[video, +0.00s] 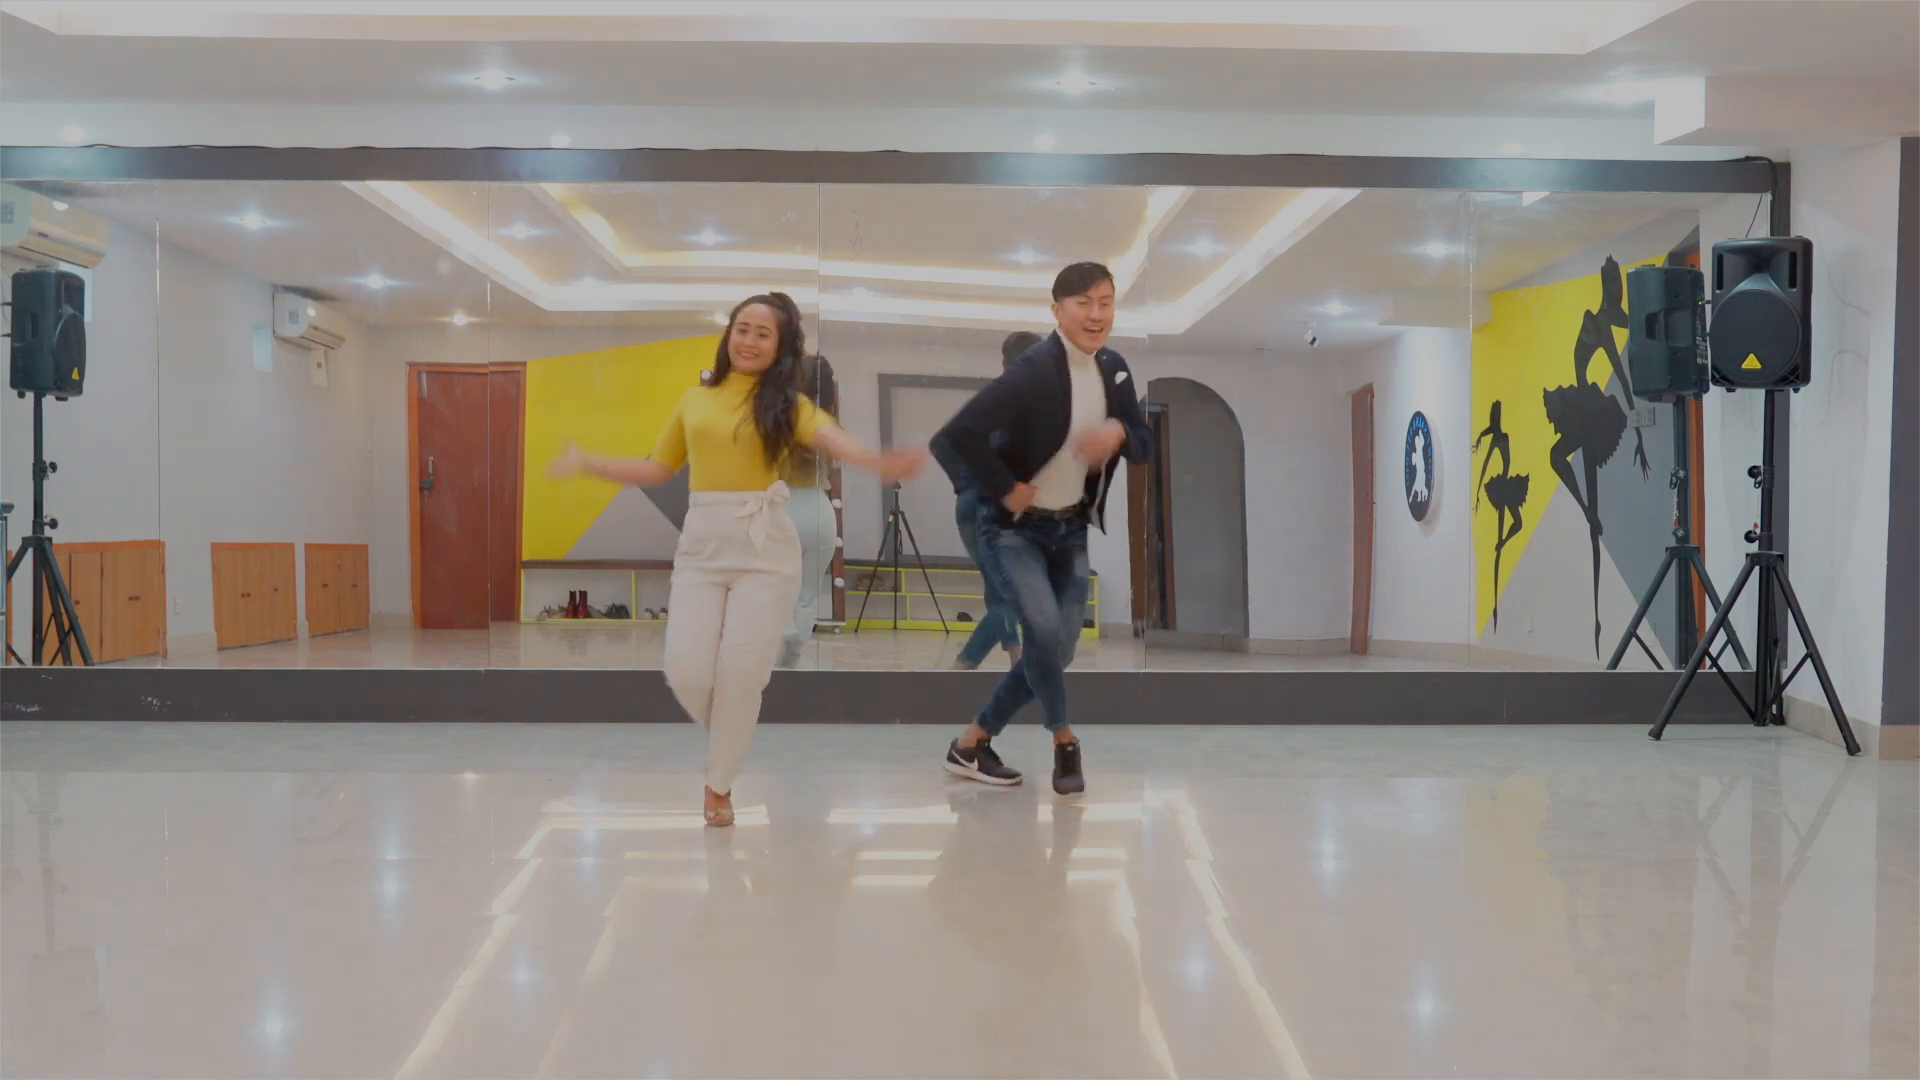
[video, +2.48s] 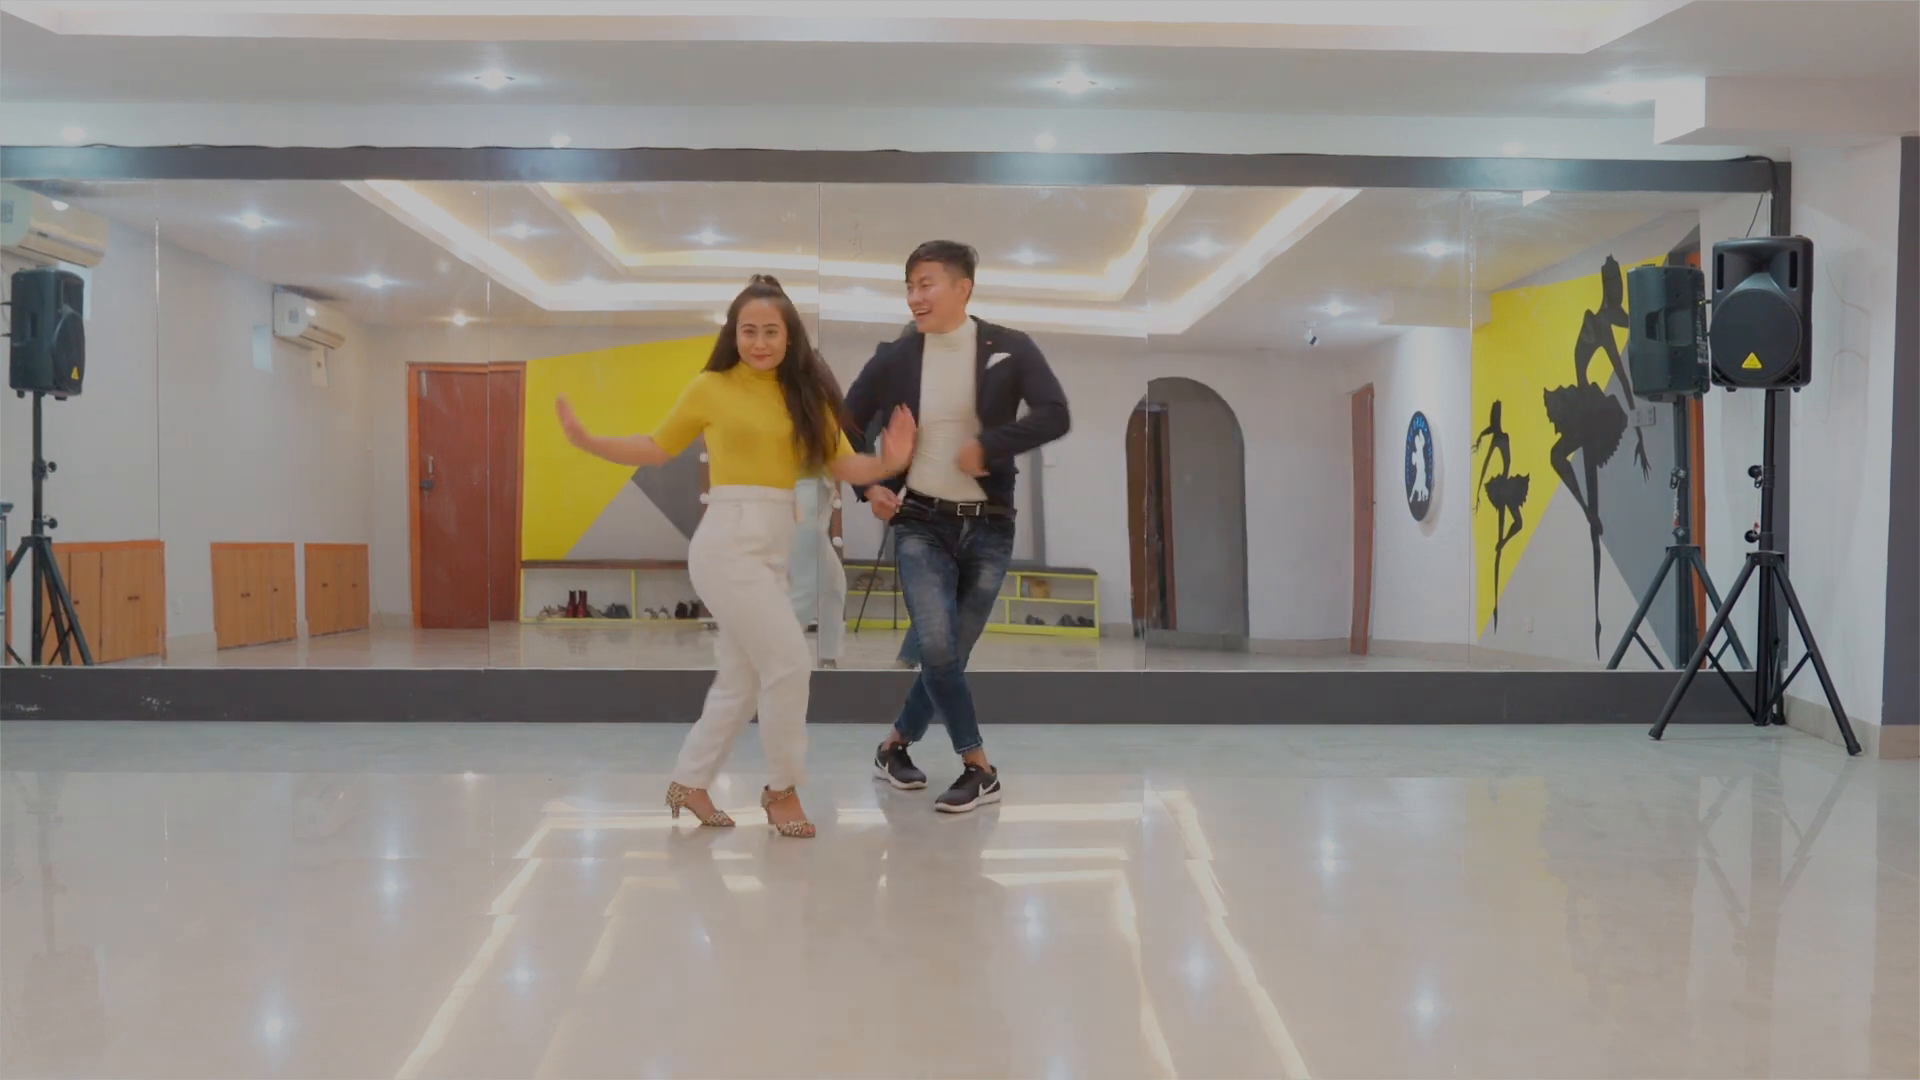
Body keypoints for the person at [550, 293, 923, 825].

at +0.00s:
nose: (749, 340)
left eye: (763, 334)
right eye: (742, 329)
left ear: (782, 348)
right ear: (728, 335)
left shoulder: (784, 403)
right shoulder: (696, 400)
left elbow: (834, 440)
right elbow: (657, 469)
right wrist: (588, 463)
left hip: (765, 544)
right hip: (700, 543)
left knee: (741, 674)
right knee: (684, 671)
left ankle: (718, 788)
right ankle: (730, 736)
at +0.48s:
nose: (750, 494)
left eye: (750, 484)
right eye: (736, 493)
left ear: (749, 467)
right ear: (705, 491)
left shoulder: (775, 469)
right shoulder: (668, 492)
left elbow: (787, 531)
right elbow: (651, 554)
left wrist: (768, 598)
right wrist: (679, 610)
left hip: (730, 599)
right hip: (660, 593)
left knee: (772, 693)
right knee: (676, 680)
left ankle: (710, 785)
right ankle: (673, 806)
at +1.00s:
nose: (734, 353)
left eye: (745, 351)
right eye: (722, 351)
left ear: (761, 379)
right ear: (706, 379)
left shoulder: (766, 439)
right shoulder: (681, 427)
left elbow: (759, 513)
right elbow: (625, 495)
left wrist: (753, 578)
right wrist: (647, 567)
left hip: (726, 579)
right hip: (661, 574)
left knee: (762, 689)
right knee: (678, 688)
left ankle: (712, 785)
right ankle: (673, 806)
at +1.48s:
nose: (718, 322)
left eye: (730, 313)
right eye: (708, 316)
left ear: (752, 331)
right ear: (695, 334)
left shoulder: (766, 394)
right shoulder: (676, 376)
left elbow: (779, 456)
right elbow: (601, 399)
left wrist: (762, 475)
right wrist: (653, 431)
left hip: (735, 549)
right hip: (672, 546)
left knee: (748, 676)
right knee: (678, 677)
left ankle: (711, 786)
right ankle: (674, 805)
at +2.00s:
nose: (728, 337)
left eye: (740, 328)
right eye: (717, 327)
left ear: (758, 338)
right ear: (699, 336)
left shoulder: (772, 400)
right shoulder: (684, 387)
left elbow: (773, 483)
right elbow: (705, 444)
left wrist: (802, 530)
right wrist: (714, 374)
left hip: (751, 545)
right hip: (685, 541)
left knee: (734, 678)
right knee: (663, 665)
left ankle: (726, 790)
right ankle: (685, 796)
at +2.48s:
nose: (760, 342)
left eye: (772, 331)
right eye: (749, 330)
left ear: (790, 335)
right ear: (734, 334)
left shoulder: (804, 395)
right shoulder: (712, 389)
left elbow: (843, 466)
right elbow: (658, 448)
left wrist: (888, 461)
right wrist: (589, 442)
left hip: (777, 548)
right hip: (726, 543)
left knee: (740, 677)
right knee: (789, 660)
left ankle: (689, 782)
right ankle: (783, 791)